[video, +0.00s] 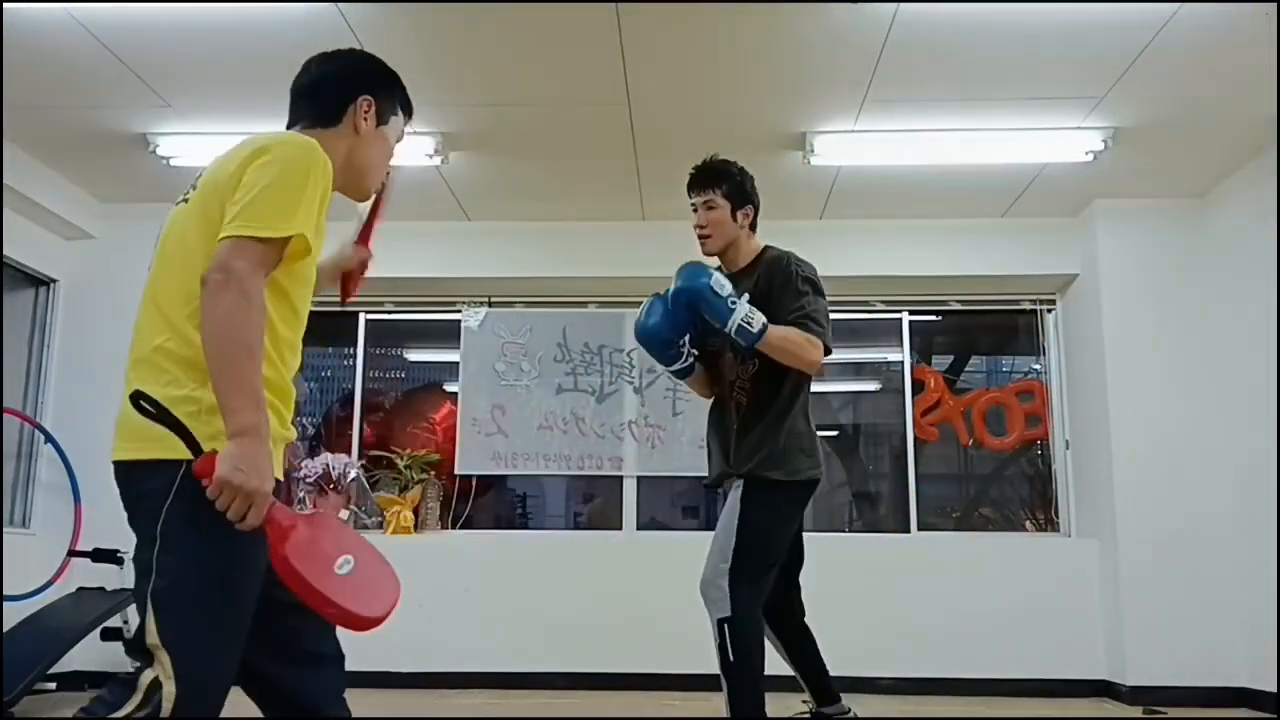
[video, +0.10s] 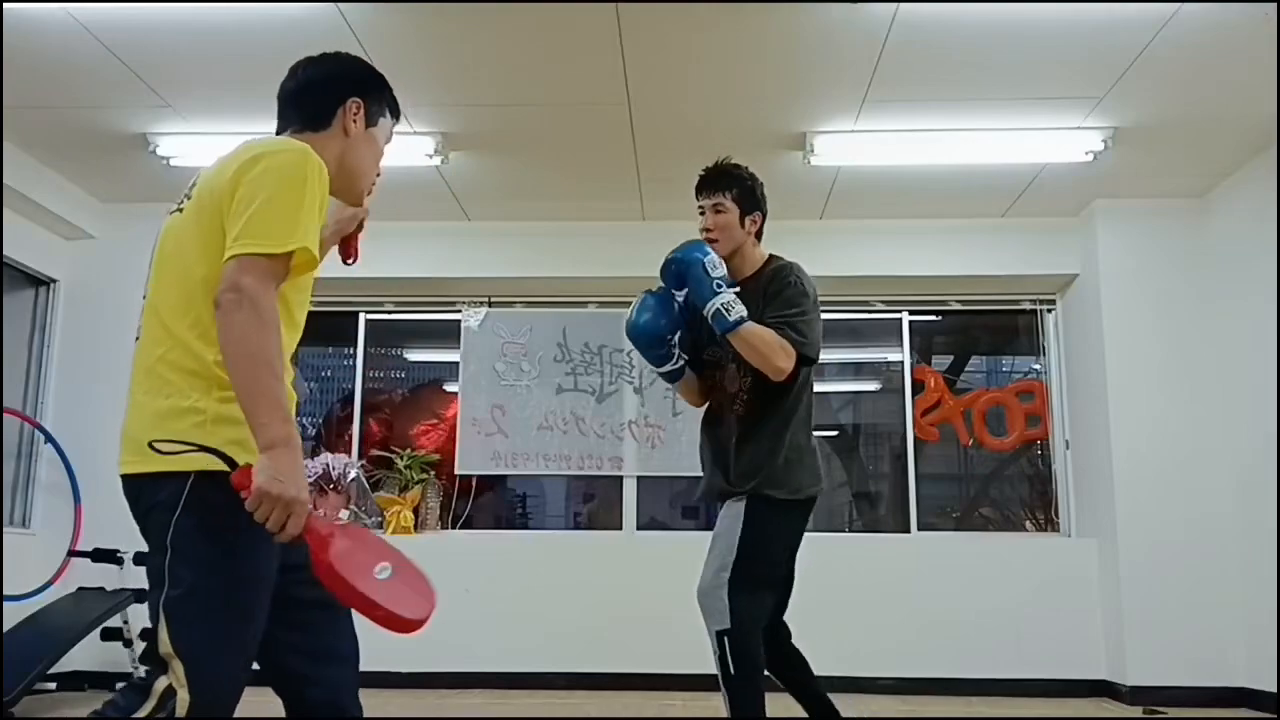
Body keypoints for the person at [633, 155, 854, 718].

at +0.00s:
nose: (698, 221)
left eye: (710, 209)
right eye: (694, 210)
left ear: (746, 214)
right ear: (697, 216)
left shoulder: (787, 271)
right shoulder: (717, 288)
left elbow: (814, 357)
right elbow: (711, 388)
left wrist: (736, 316)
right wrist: (678, 357)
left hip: (781, 462)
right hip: (744, 463)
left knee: (724, 589)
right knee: (776, 600)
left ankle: (746, 713)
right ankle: (831, 707)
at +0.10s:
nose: (706, 222)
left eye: (719, 210)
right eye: (702, 211)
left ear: (753, 220)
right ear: (700, 219)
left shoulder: (786, 281)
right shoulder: (716, 291)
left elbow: (781, 363)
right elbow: (701, 396)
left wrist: (717, 301)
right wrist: (670, 360)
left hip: (776, 474)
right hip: (742, 475)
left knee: (722, 599)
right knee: (761, 625)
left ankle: (747, 715)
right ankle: (829, 715)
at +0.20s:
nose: (704, 221)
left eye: (716, 208)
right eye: (699, 210)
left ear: (752, 217)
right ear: (698, 218)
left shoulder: (783, 274)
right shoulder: (713, 291)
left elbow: (772, 355)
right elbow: (693, 385)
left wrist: (713, 287)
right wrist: (664, 334)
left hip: (781, 465)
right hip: (742, 468)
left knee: (733, 597)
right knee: (756, 601)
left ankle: (749, 714)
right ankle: (837, 711)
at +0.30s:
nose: (700, 221)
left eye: (711, 208)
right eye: (695, 211)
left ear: (748, 214)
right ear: (695, 219)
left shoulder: (782, 272)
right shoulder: (709, 290)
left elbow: (773, 347)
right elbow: (684, 377)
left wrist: (715, 279)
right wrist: (666, 318)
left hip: (786, 466)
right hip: (751, 469)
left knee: (741, 595)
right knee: (789, 609)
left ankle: (756, 715)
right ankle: (848, 710)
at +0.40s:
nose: (703, 228)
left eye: (714, 216)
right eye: (697, 218)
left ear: (751, 225)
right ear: (697, 229)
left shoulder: (784, 282)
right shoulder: (711, 295)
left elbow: (773, 355)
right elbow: (670, 374)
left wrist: (720, 283)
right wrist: (656, 315)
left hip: (784, 476)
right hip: (754, 476)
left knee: (723, 594)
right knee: (788, 615)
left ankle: (749, 716)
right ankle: (850, 712)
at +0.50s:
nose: (701, 217)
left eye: (713, 205)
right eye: (695, 207)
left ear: (749, 216)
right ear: (696, 219)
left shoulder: (777, 274)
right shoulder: (704, 288)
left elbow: (775, 335)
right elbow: (665, 368)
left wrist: (716, 272)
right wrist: (656, 310)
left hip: (766, 470)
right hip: (742, 470)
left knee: (699, 591)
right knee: (787, 606)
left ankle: (742, 714)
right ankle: (848, 711)